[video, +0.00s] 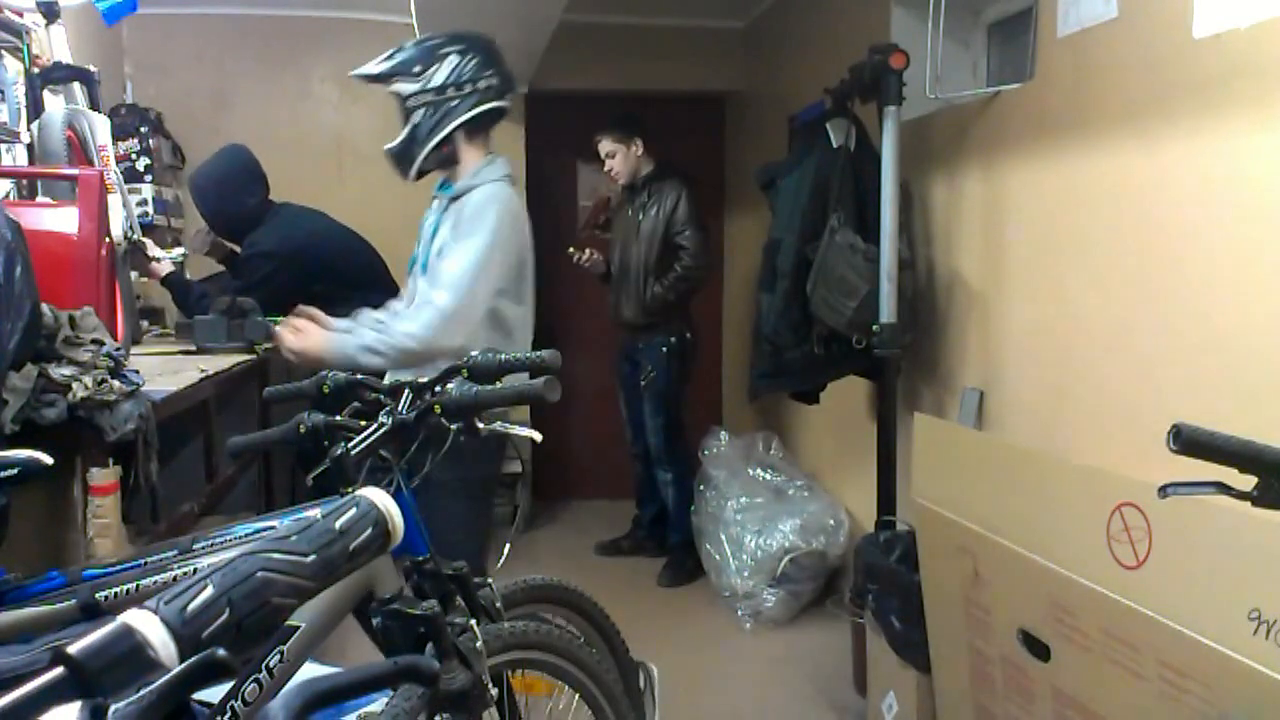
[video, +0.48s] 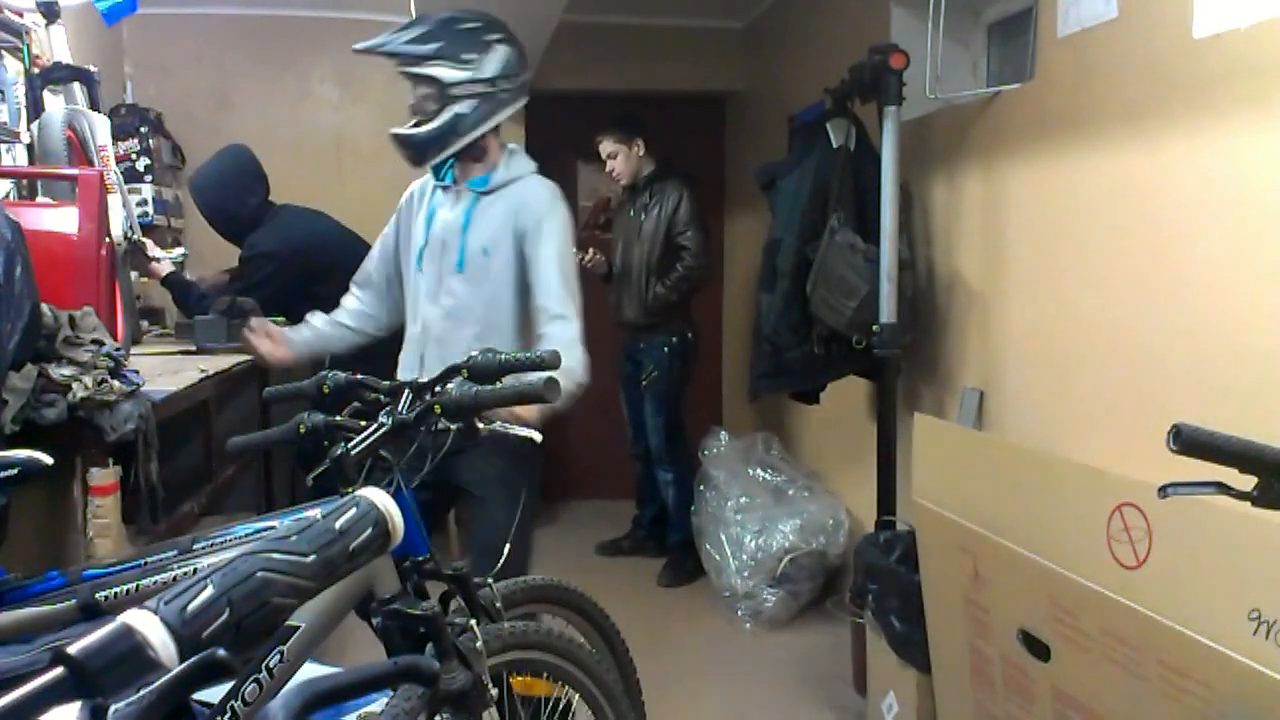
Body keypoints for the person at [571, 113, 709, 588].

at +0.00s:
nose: (607, 167)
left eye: (611, 156)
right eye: (603, 160)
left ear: (638, 148)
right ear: (613, 160)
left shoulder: (672, 192)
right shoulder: (625, 204)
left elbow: (694, 262)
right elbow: (625, 267)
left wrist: (654, 298)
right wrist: (602, 265)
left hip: (664, 335)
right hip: (632, 334)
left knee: (664, 442)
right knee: (640, 442)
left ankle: (683, 545)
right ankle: (649, 530)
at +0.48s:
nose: (609, 167)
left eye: (613, 157)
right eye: (604, 160)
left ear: (640, 148)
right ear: (613, 161)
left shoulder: (674, 193)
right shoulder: (626, 204)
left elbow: (695, 262)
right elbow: (626, 263)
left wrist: (656, 298)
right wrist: (603, 266)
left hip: (666, 335)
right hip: (633, 334)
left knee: (664, 441)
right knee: (640, 441)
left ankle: (684, 545)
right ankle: (649, 530)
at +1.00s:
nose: (608, 168)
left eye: (613, 157)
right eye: (604, 161)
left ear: (640, 149)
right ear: (612, 163)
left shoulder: (674, 193)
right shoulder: (624, 205)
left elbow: (697, 261)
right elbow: (623, 263)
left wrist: (658, 296)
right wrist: (602, 268)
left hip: (667, 335)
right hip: (633, 334)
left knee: (664, 440)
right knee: (640, 440)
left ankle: (684, 545)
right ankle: (649, 529)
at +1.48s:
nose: (609, 169)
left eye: (612, 158)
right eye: (604, 162)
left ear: (639, 149)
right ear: (611, 164)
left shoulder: (672, 193)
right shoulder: (626, 203)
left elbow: (695, 261)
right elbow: (627, 267)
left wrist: (657, 297)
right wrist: (605, 268)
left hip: (666, 336)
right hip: (634, 335)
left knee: (663, 442)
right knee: (640, 442)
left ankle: (683, 545)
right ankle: (649, 531)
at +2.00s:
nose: (607, 170)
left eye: (610, 159)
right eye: (602, 163)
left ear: (636, 149)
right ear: (610, 163)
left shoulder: (671, 193)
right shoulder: (626, 204)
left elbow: (694, 262)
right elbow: (627, 266)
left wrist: (655, 297)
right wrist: (605, 268)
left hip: (665, 334)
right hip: (632, 333)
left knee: (663, 441)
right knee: (640, 441)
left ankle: (684, 545)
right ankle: (650, 530)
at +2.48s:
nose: (605, 171)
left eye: (608, 160)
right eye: (600, 164)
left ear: (635, 150)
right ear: (610, 163)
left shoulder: (670, 193)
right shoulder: (624, 204)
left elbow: (693, 261)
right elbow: (626, 266)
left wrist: (655, 298)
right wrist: (603, 268)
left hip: (664, 336)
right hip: (631, 335)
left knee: (664, 443)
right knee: (640, 441)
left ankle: (684, 546)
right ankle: (649, 531)